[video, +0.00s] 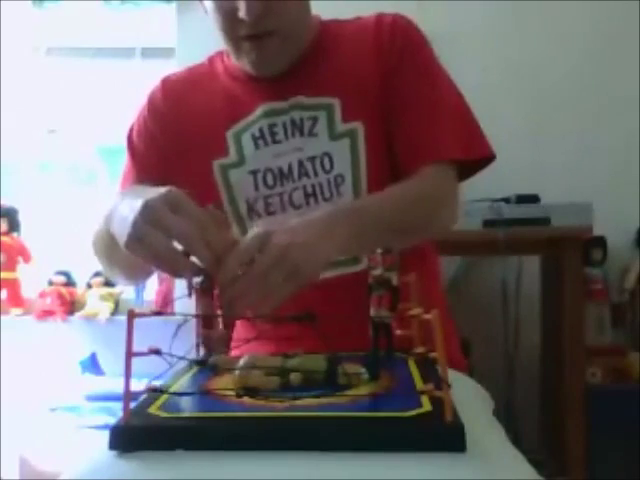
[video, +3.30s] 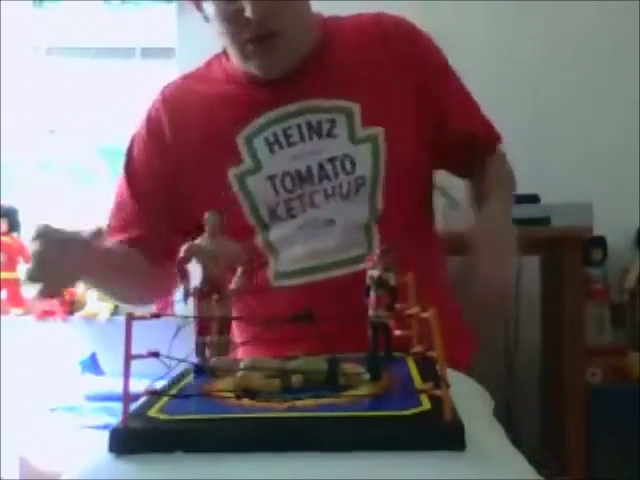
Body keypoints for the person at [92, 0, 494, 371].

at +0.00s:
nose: (245, 12)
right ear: (205, 4)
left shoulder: (386, 46)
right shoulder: (173, 104)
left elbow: (439, 202)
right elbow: (123, 266)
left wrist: (320, 236)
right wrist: (124, 214)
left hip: (403, 367)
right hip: (256, 377)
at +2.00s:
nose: (239, 15)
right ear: (202, 7)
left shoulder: (383, 43)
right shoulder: (177, 106)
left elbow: (395, 181)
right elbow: (131, 268)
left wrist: (284, 267)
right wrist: (126, 215)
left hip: (399, 382)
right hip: (246, 398)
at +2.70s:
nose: (237, 17)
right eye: (217, 1)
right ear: (200, 7)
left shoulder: (382, 45)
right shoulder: (176, 106)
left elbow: (411, 193)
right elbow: (134, 261)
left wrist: (303, 206)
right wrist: (122, 217)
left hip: (403, 366)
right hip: (257, 377)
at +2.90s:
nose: (234, 16)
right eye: (213, 2)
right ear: (197, 8)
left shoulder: (381, 47)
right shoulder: (172, 109)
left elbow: (460, 201)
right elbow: (128, 268)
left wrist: (370, 152)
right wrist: (125, 225)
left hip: (403, 365)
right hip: (255, 378)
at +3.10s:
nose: (237, 14)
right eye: (214, 1)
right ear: (190, 9)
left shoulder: (383, 49)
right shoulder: (169, 110)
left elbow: (497, 184)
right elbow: (136, 282)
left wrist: (443, 145)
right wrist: (108, 243)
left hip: (410, 368)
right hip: (256, 384)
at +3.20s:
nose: (240, 14)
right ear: (192, 7)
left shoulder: (386, 49)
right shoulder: (170, 113)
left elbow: (491, 153)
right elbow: (144, 289)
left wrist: (462, 182)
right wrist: (103, 251)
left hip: (411, 367)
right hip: (254, 384)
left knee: (503, 473)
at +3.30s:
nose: (249, 12)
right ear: (201, 8)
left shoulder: (393, 50)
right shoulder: (179, 114)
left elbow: (484, 159)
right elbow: (149, 282)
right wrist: (90, 260)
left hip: (417, 370)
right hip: (268, 391)